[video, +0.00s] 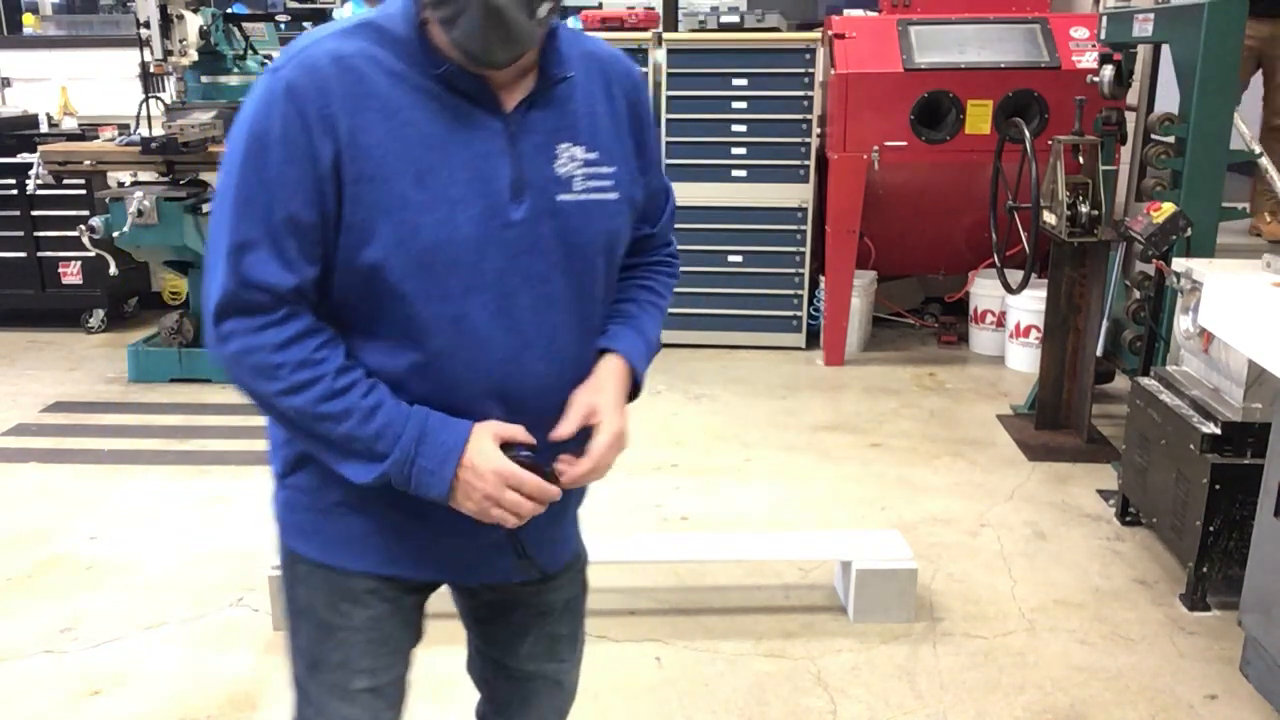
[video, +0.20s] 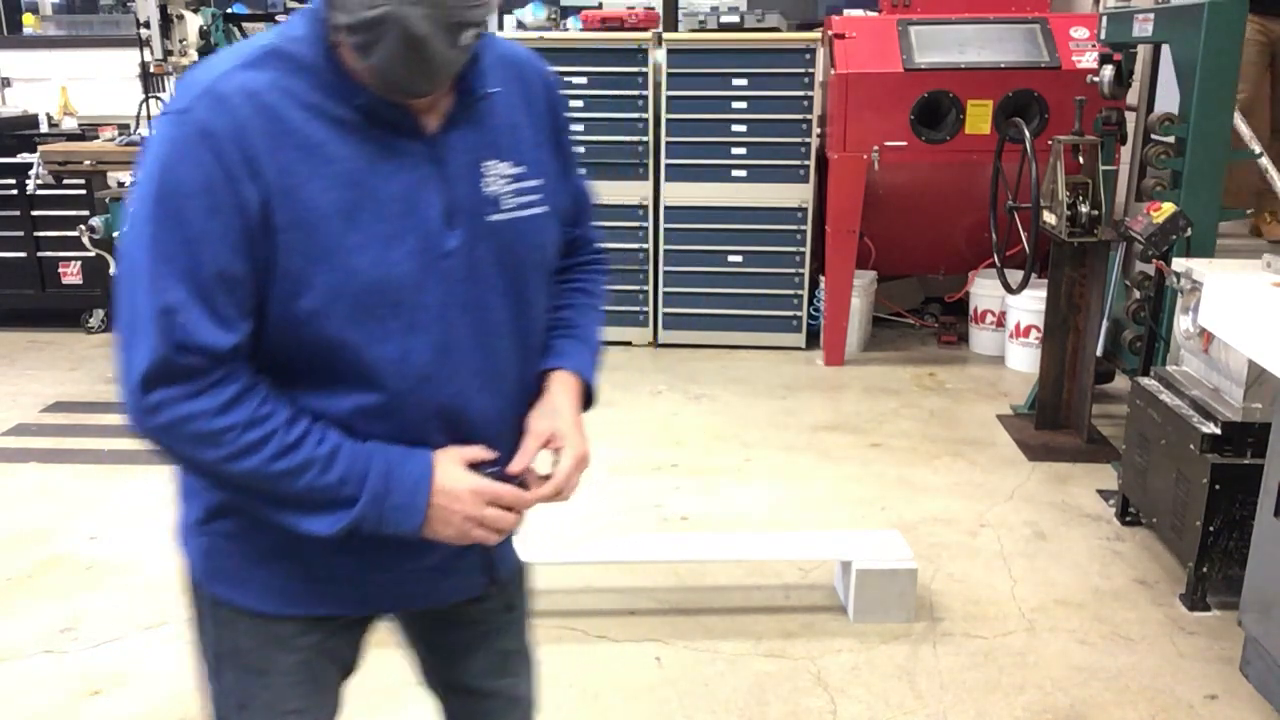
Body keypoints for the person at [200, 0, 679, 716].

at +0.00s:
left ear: (554, 4)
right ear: (431, 3)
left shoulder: (610, 87)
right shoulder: (311, 91)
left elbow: (650, 253)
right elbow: (251, 320)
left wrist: (617, 366)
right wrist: (432, 452)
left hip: (536, 509)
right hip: (354, 507)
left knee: (534, 710)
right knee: (348, 710)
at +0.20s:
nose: (433, 108)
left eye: (450, 79)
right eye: (401, 89)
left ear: (473, 29)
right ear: (342, 37)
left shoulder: (522, 89)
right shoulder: (221, 120)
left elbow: (576, 258)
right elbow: (175, 385)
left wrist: (563, 386)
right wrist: (402, 488)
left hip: (469, 543)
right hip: (278, 550)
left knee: (502, 708)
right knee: (276, 707)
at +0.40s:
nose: (348, 13)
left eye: (390, 34)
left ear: (429, 11)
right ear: (265, 6)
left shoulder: (454, 97)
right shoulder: (136, 140)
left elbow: (490, 272)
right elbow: (91, 429)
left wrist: (487, 408)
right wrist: (341, 533)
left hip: (394, 556)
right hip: (196, 575)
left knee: (430, 708)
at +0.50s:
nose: (322, 22)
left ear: (418, 6)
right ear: (239, 0)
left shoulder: (437, 101)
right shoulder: (114, 152)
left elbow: (468, 270)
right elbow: (61, 443)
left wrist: (483, 410)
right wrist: (307, 570)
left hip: (367, 562)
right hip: (175, 581)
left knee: (395, 709)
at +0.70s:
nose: (309, 60)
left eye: (348, 26)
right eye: (272, 20)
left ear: (408, 23)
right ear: (216, 16)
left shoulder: (420, 119)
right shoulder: (85, 198)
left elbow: (451, 274)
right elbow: (32, 484)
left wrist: (523, 413)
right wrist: (232, 644)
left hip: (340, 582)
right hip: (156, 622)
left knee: (356, 708)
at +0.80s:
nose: (307, 78)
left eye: (345, 39)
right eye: (269, 34)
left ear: (403, 29)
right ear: (210, 21)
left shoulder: (416, 118)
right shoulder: (76, 209)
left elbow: (452, 277)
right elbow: (23, 497)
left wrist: (542, 411)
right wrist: (195, 673)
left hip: (337, 593)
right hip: (149, 636)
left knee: (355, 711)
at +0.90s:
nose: (301, 86)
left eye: (340, 47)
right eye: (265, 44)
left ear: (398, 33)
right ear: (205, 30)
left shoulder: (415, 119)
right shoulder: (67, 216)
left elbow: (457, 280)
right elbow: (18, 504)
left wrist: (558, 423)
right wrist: (178, 685)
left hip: (330, 580)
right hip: (152, 620)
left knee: (351, 705)